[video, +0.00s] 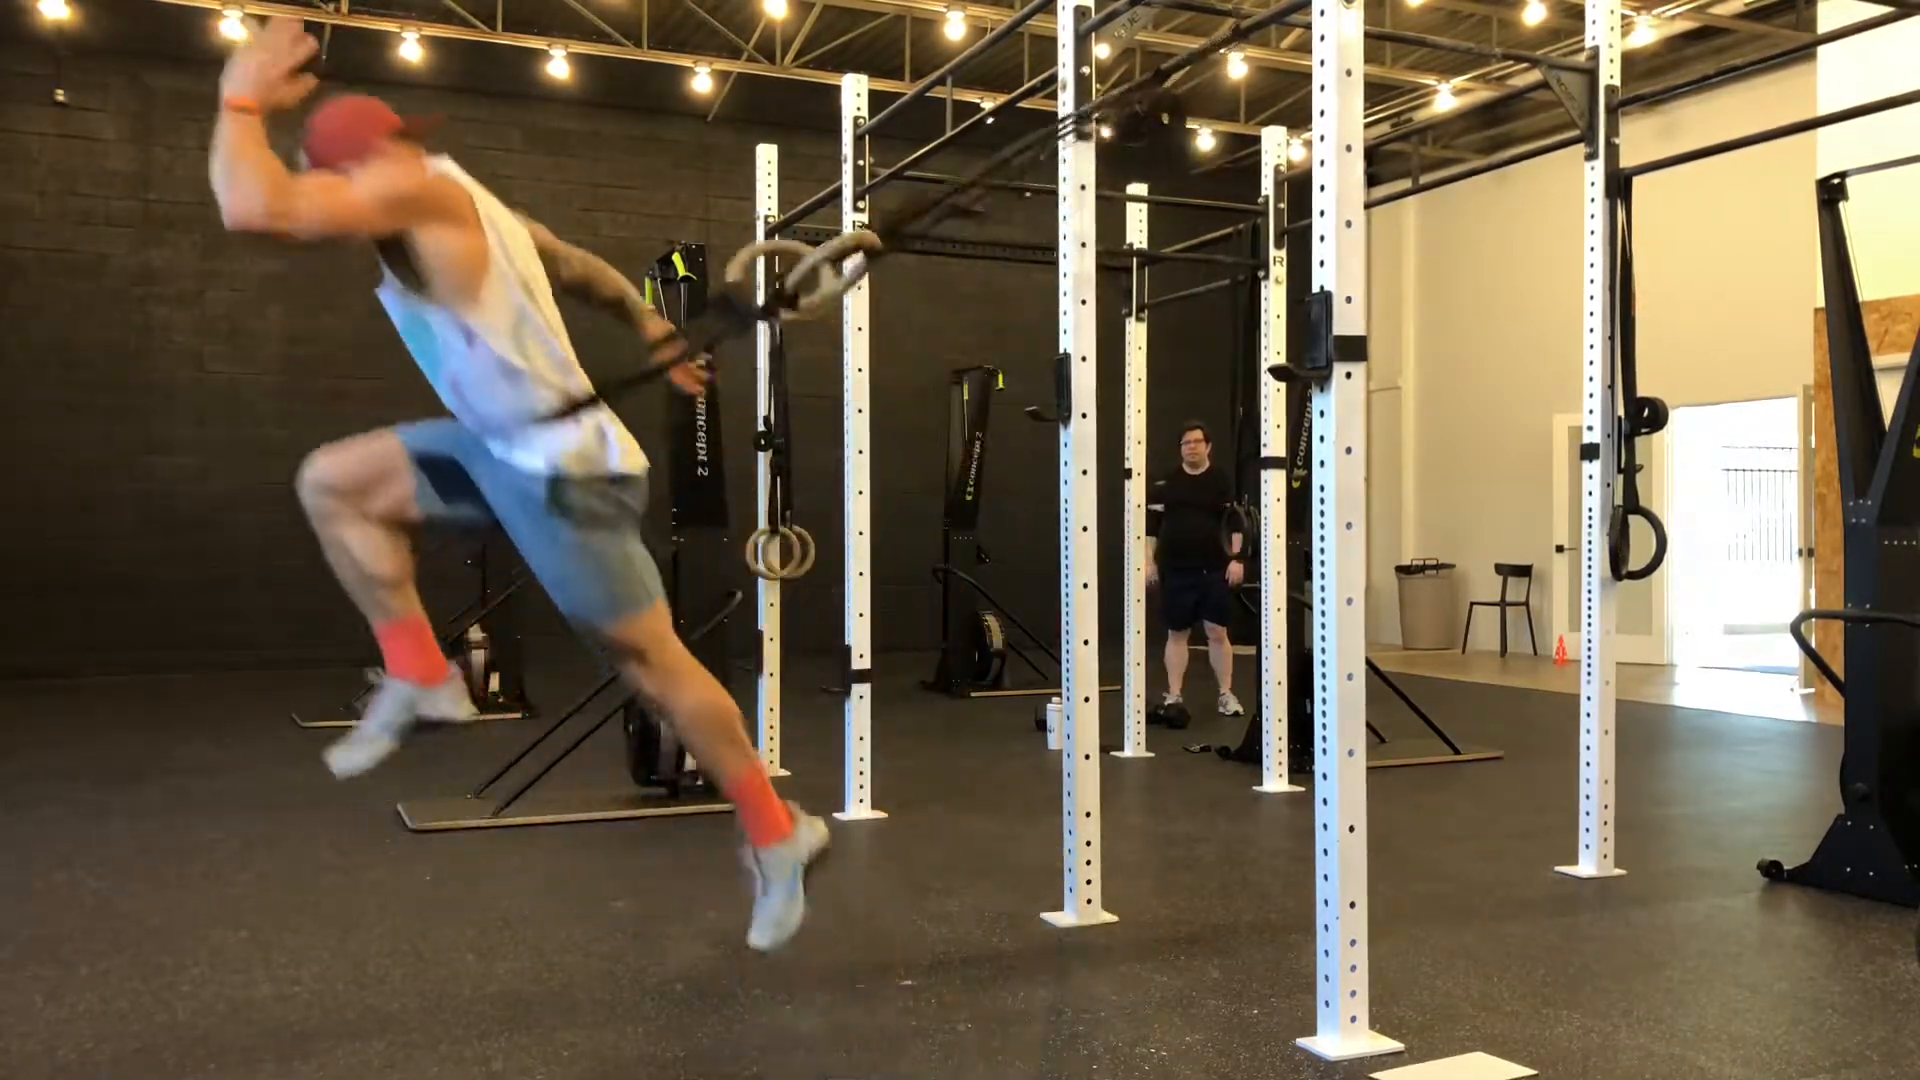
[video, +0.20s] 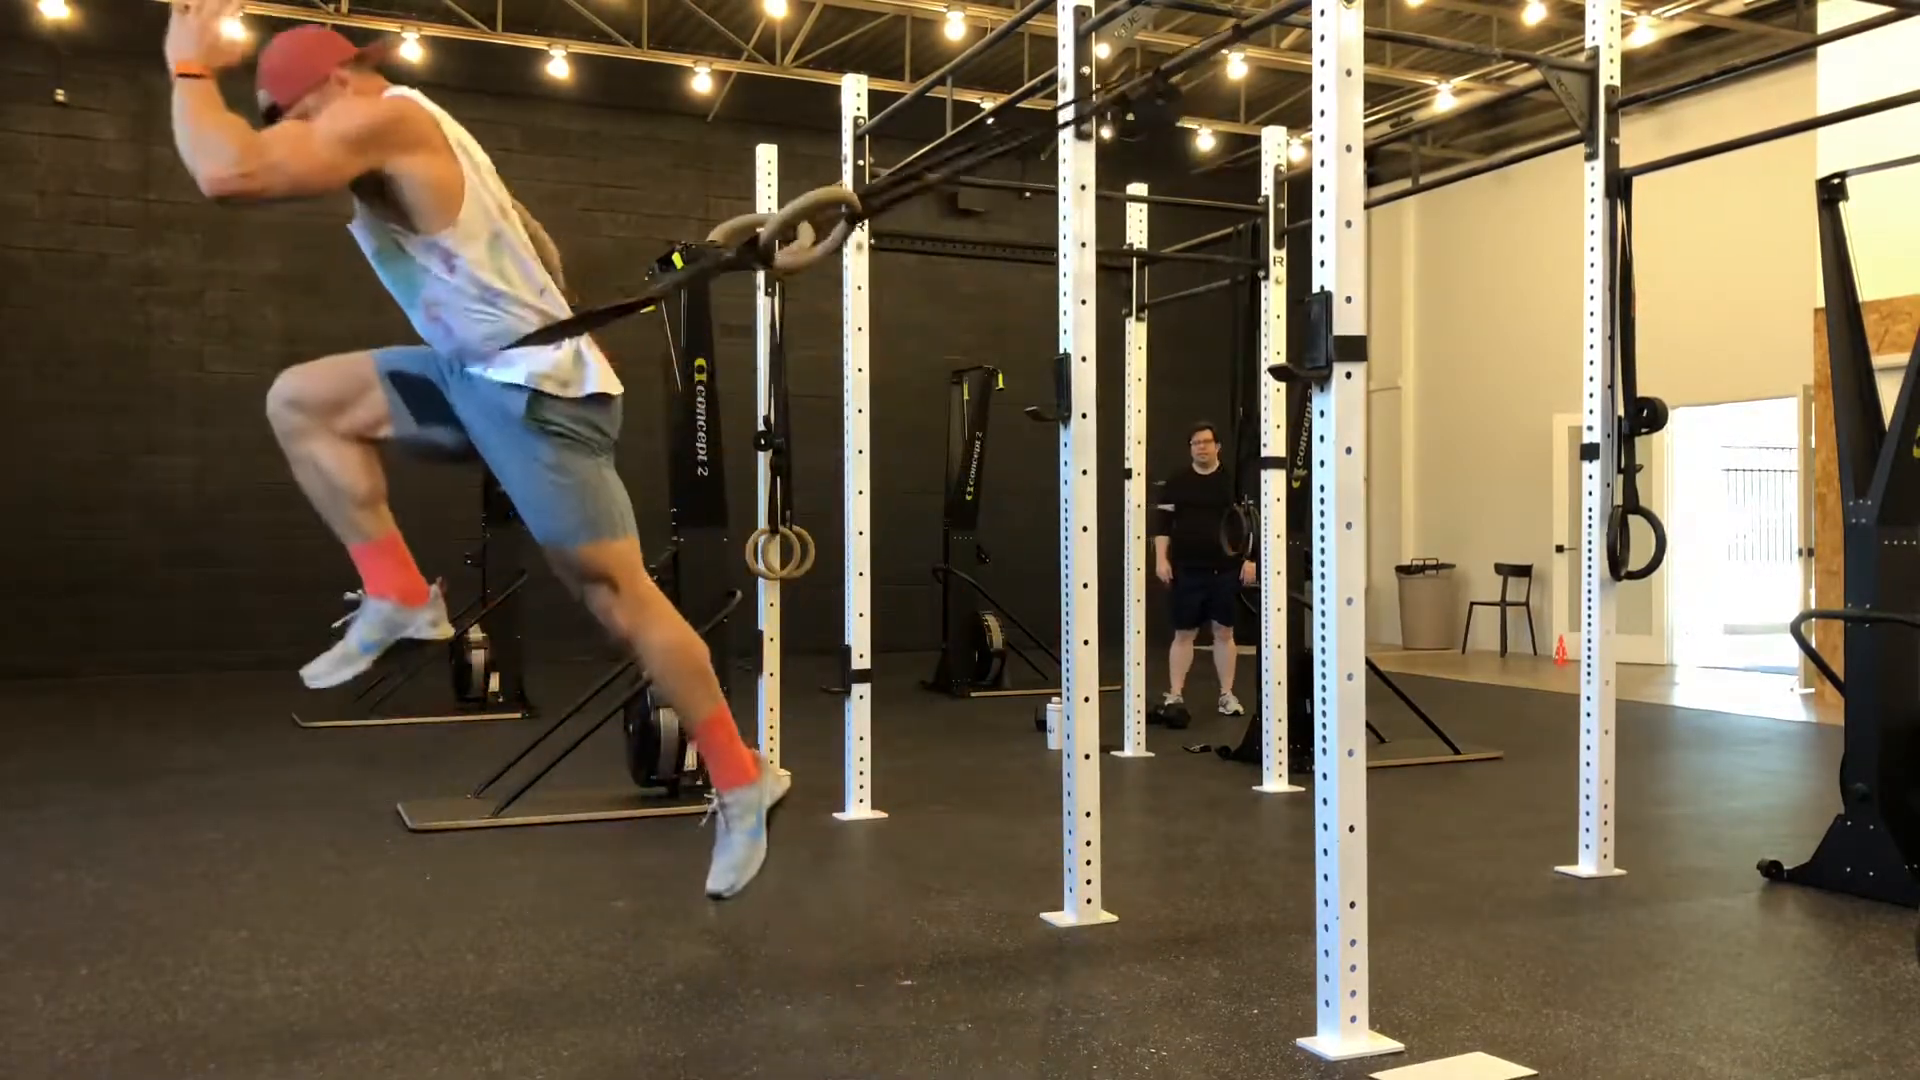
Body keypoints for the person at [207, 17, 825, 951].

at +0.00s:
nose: (343, 189)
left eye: (345, 172)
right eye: (339, 175)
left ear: (378, 152)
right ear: (387, 142)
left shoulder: (418, 185)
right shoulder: (449, 196)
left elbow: (254, 203)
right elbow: (573, 264)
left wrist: (240, 94)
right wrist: (651, 323)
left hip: (565, 464)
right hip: (500, 447)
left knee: (652, 659)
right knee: (333, 482)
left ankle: (778, 832)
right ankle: (420, 676)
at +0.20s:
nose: (299, 127)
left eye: (299, 109)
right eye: (293, 116)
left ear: (332, 82)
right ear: (346, 78)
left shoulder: (380, 115)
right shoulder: (404, 125)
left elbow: (226, 166)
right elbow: (532, 241)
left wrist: (187, 64)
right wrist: (539, 338)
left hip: (540, 382)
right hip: (476, 373)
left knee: (619, 596)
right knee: (301, 401)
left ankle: (743, 780)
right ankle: (399, 596)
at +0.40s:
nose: (365, 209)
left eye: (363, 191)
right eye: (355, 197)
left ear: (393, 161)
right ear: (386, 168)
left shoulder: (456, 198)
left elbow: (322, 262)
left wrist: (264, 166)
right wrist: (456, 466)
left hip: (609, 445)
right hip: (529, 436)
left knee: (680, 655)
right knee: (389, 514)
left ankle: (791, 845)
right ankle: (530, 672)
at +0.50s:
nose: (444, 320)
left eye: (446, 301)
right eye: (433, 311)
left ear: (478, 269)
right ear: (432, 306)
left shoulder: (542, 318)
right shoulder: (481, 335)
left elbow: (465, 414)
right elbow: (470, 439)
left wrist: (370, 338)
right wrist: (425, 528)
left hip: (684, 546)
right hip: (616, 547)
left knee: (727, 756)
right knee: (533, 685)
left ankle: (821, 945)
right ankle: (699, 758)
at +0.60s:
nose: (472, 425)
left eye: (476, 406)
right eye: (463, 413)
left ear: (522, 380)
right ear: (503, 393)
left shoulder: (614, 427)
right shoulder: (538, 458)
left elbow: (652, 548)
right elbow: (511, 558)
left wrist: (522, 568)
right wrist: (435, 636)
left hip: (760, 613)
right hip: (701, 625)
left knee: (707, 822)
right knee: (716, 809)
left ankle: (844, 959)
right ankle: (899, 824)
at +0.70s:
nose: (511, 495)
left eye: (511, 477)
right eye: (502, 483)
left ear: (554, 446)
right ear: (543, 456)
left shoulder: (653, 485)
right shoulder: (570, 521)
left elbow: (771, 573)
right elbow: (565, 624)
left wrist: (721, 698)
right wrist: (510, 679)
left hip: (798, 646)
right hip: (790, 650)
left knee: (692, 825)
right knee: (843, 829)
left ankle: (837, 956)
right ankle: (1021, 863)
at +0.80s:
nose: (572, 560)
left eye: (572, 543)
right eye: (563, 549)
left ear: (612, 508)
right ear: (595, 525)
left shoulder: (705, 535)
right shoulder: (642, 583)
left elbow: (843, 575)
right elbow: (634, 687)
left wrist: (915, 685)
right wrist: (561, 677)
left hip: (861, 684)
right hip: (836, 689)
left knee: (707, 812)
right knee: (944, 836)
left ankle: (837, 957)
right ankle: (1091, 898)